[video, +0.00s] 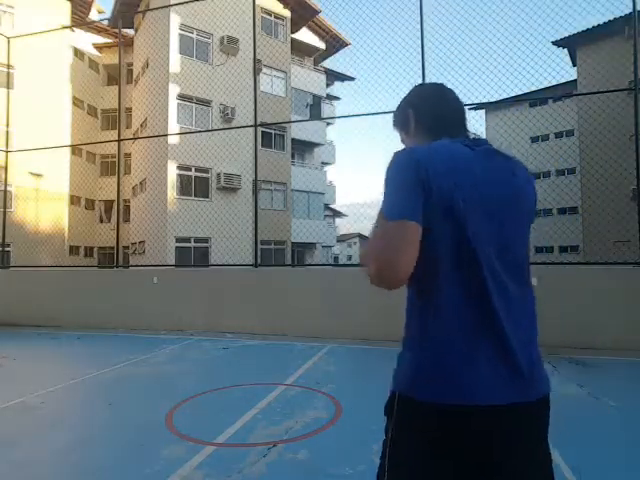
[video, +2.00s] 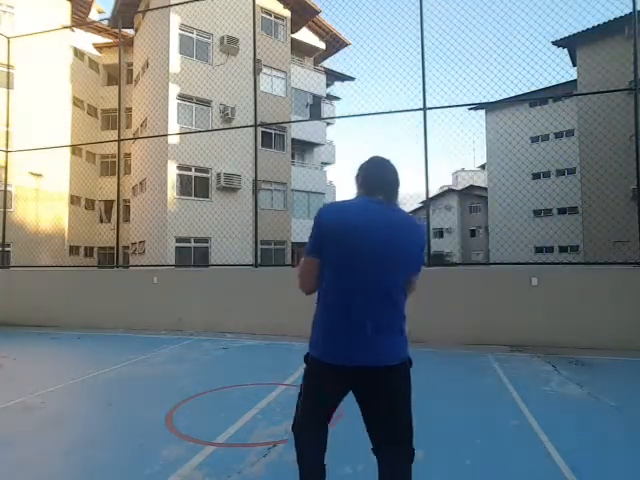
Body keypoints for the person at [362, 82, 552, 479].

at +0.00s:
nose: (405, 145)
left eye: (403, 135)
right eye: (403, 137)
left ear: (414, 124)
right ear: (459, 121)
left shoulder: (414, 162)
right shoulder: (516, 172)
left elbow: (391, 270)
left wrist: (371, 250)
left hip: (438, 396)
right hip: (520, 396)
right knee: (522, 472)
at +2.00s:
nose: (356, 187)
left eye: (357, 182)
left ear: (359, 184)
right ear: (396, 188)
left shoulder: (331, 215)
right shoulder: (413, 228)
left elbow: (307, 283)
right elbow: (407, 287)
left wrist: (337, 263)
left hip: (331, 356)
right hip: (386, 360)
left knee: (308, 430)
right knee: (395, 451)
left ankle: (313, 476)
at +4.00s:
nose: (212, 224)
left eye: (213, 219)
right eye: (212, 218)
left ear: (188, 213)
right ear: (205, 216)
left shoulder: (172, 235)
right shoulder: (195, 240)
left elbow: (201, 234)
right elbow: (211, 279)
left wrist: (231, 231)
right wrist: (222, 251)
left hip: (176, 323)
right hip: (197, 326)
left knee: (194, 377)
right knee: (215, 384)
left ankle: (184, 429)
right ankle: (171, 450)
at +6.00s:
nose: (203, 236)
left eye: (204, 233)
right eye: (201, 232)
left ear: (192, 231)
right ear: (190, 230)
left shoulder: (188, 246)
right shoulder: (165, 246)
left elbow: (202, 266)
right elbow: (177, 275)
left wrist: (206, 245)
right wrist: (194, 249)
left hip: (183, 308)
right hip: (164, 310)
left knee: (202, 341)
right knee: (166, 357)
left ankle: (203, 385)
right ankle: (139, 409)